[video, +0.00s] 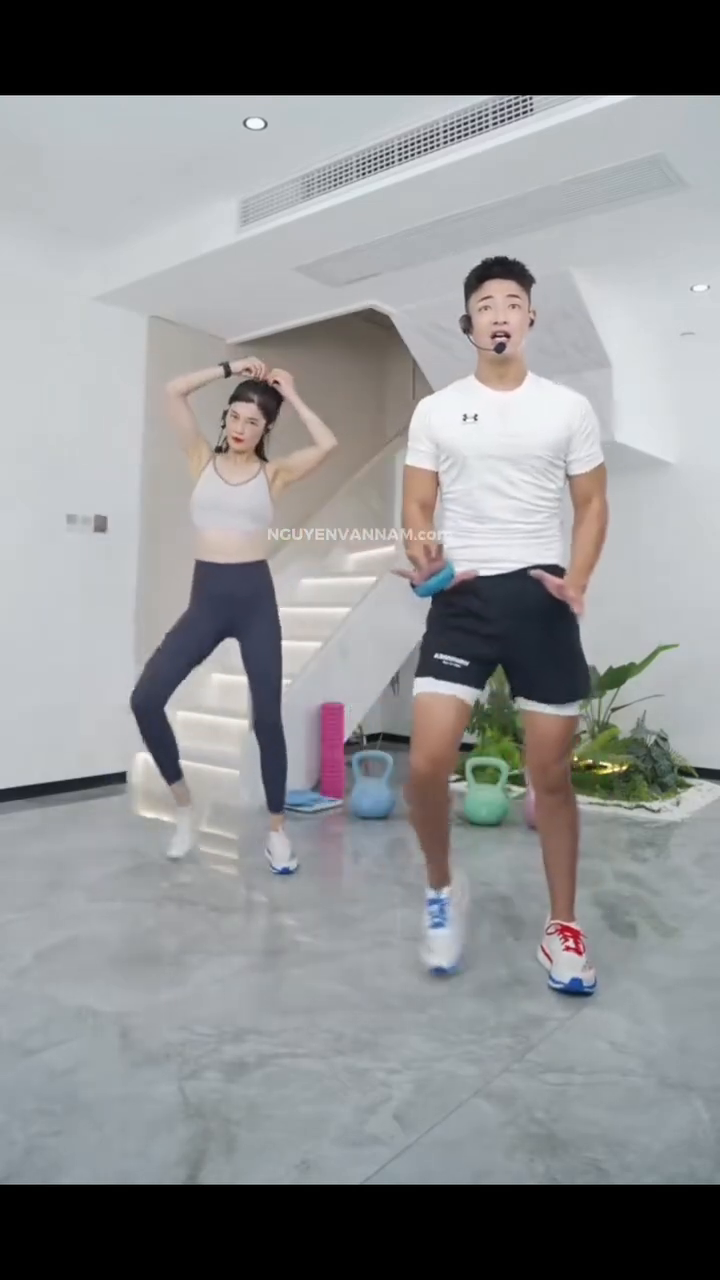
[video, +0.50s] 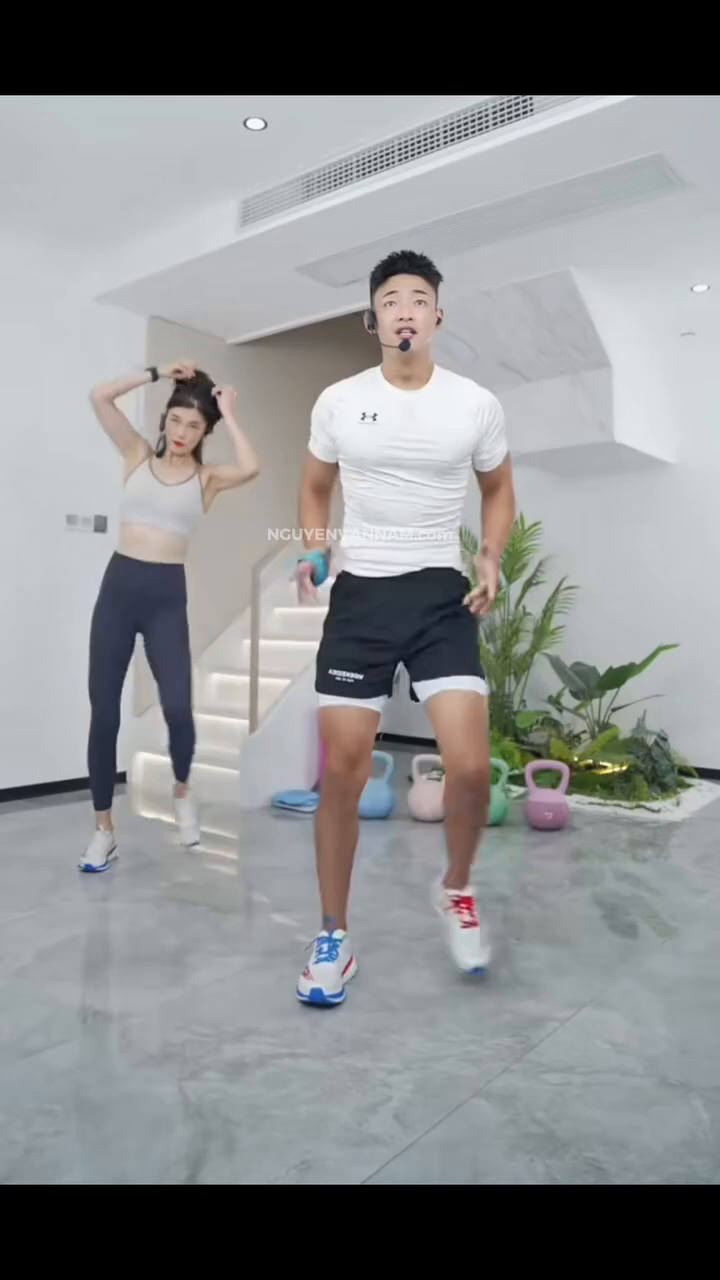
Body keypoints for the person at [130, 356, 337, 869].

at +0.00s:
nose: (241, 427)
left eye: (252, 421)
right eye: (236, 417)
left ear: (265, 429)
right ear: (226, 420)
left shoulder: (273, 474)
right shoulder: (203, 460)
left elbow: (327, 444)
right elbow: (173, 391)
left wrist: (292, 398)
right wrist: (228, 368)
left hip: (255, 599)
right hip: (207, 598)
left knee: (267, 718)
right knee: (145, 700)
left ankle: (277, 829)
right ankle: (185, 806)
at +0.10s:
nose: (233, 418)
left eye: (244, 412)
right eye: (228, 408)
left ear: (257, 421)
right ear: (216, 410)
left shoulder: (262, 466)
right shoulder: (191, 448)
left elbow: (315, 438)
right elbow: (168, 377)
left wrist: (283, 392)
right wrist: (222, 359)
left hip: (240, 592)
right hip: (192, 590)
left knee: (257, 710)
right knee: (133, 701)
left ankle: (276, 824)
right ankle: (133, 810)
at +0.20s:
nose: (223, 420)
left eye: (233, 415)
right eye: (217, 410)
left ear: (245, 422)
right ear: (204, 413)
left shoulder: (246, 468)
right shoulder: (179, 450)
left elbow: (295, 445)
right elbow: (156, 377)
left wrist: (266, 391)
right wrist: (213, 360)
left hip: (218, 591)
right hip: (168, 586)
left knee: (243, 714)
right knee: (135, 709)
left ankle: (276, 825)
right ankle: (102, 821)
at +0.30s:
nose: (208, 432)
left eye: (217, 426)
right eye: (203, 421)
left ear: (227, 433)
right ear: (190, 422)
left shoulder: (228, 481)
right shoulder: (160, 458)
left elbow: (270, 465)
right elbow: (137, 382)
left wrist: (247, 411)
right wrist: (197, 369)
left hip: (192, 602)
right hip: (141, 595)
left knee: (229, 718)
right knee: (120, 714)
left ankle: (273, 823)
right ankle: (105, 827)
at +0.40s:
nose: (191, 439)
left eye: (202, 434)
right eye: (187, 429)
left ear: (214, 440)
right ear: (175, 428)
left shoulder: (212, 488)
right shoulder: (146, 462)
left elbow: (251, 475)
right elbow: (116, 395)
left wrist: (235, 422)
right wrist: (174, 378)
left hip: (173, 607)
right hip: (123, 600)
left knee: (217, 711)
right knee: (103, 715)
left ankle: (238, 808)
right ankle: (104, 829)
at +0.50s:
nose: (184, 430)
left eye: (194, 424)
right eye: (178, 420)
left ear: (205, 431)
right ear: (165, 420)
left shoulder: (207, 478)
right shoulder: (136, 456)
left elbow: (250, 469)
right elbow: (101, 396)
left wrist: (228, 415)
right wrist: (159, 372)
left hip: (168, 597)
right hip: (118, 592)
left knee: (179, 710)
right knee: (104, 711)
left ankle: (182, 793)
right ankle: (103, 826)